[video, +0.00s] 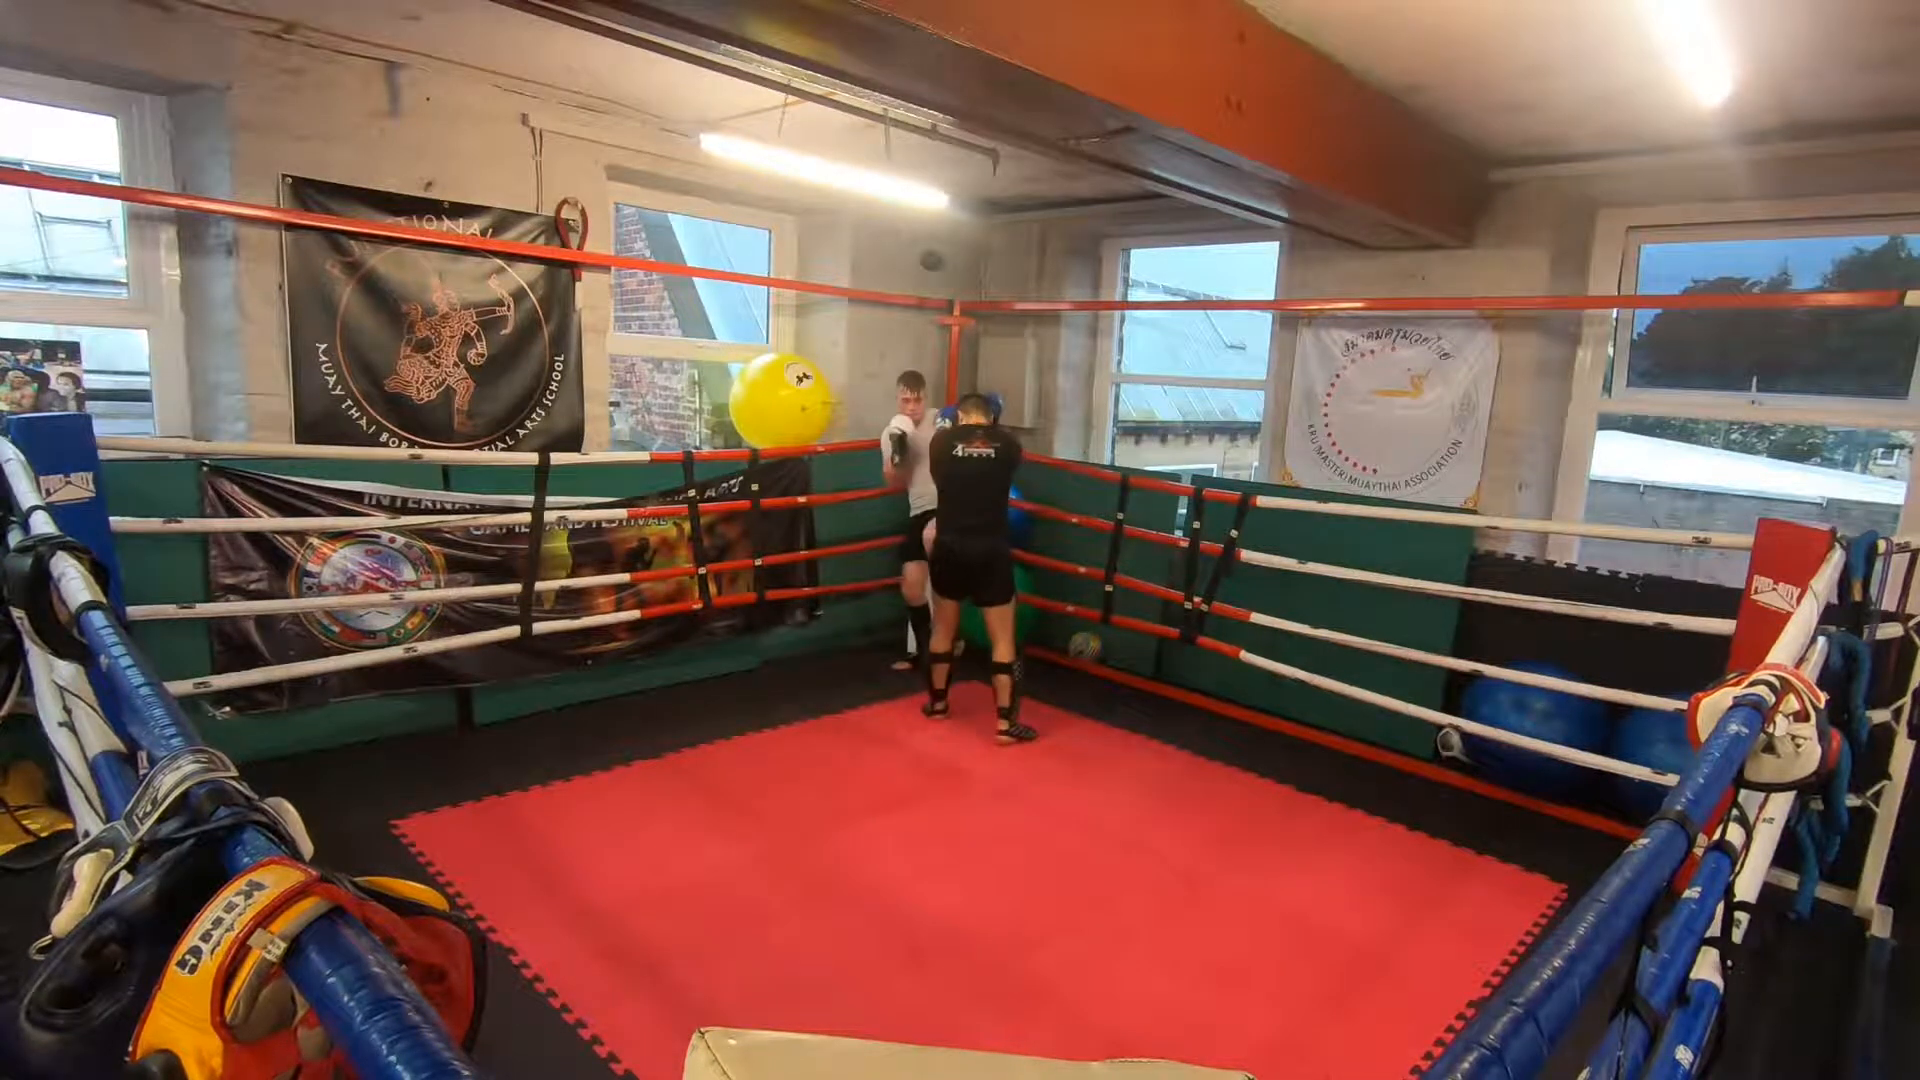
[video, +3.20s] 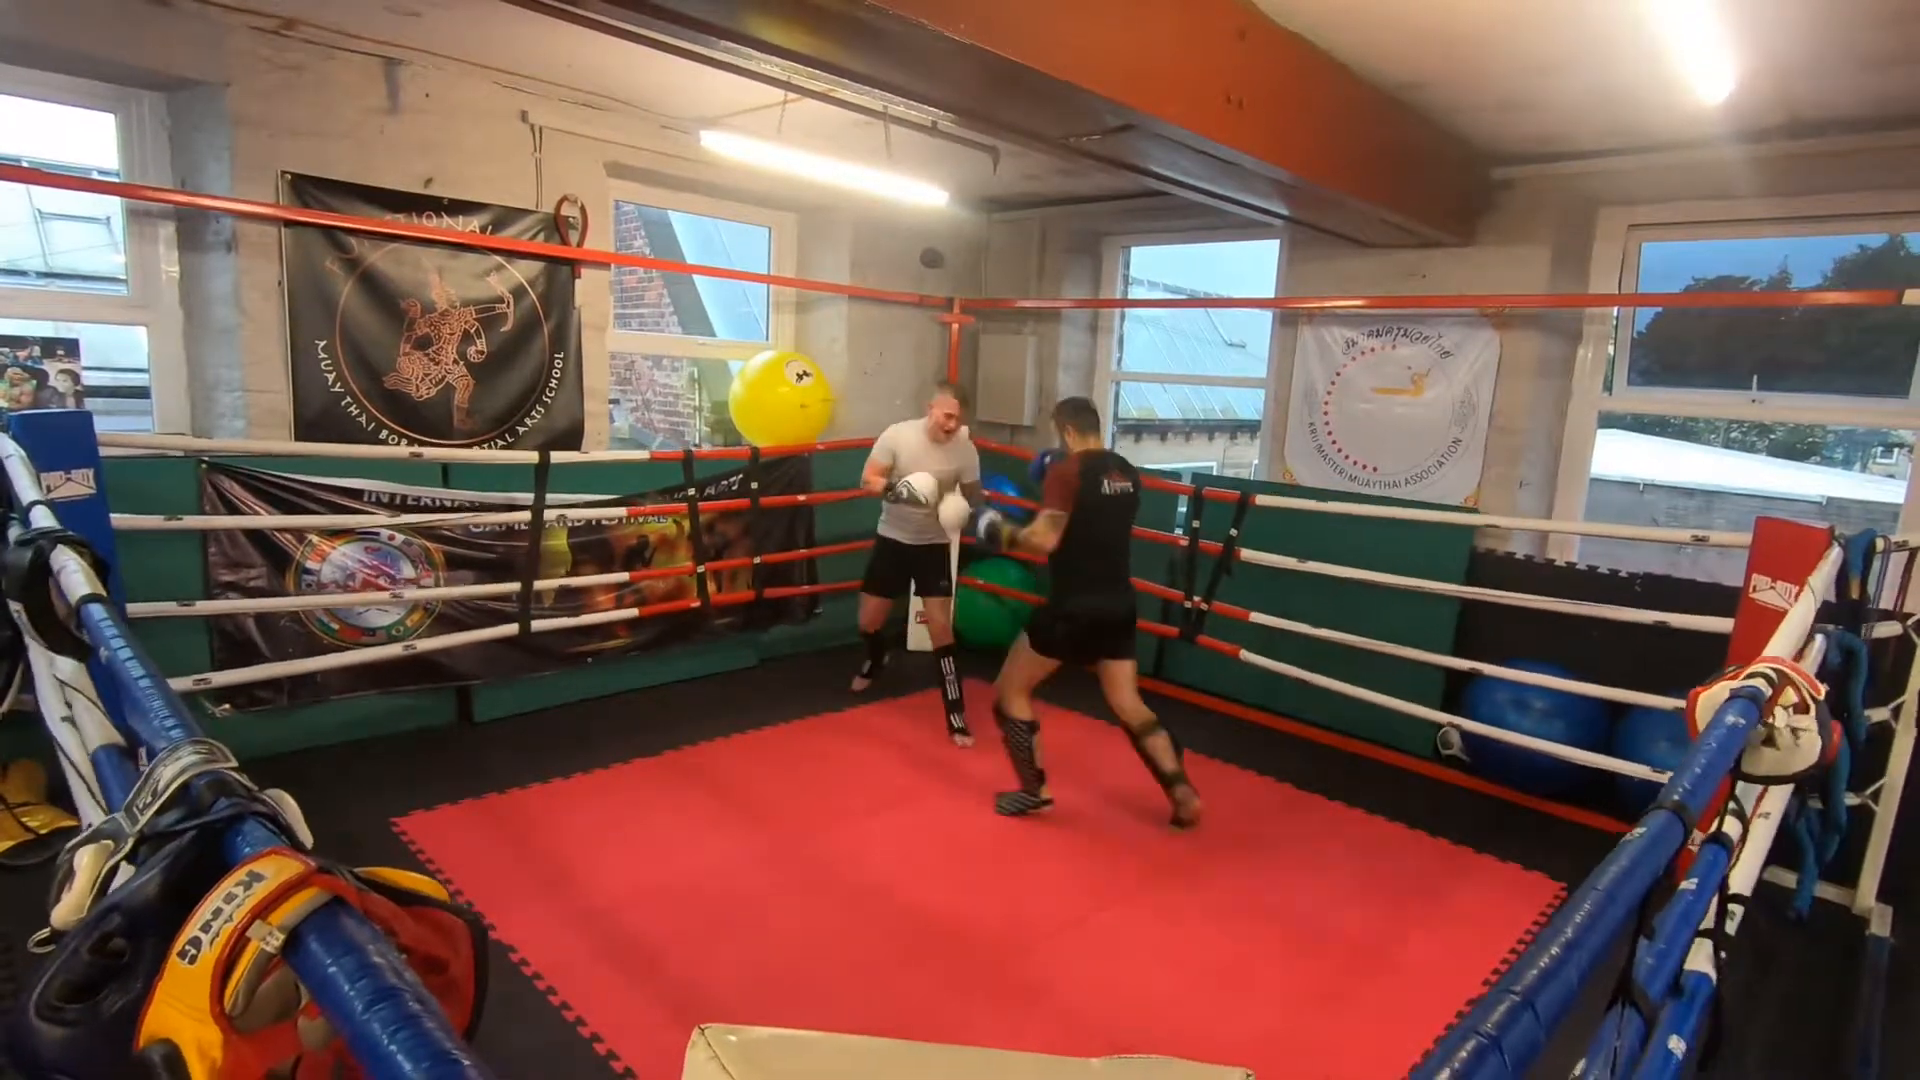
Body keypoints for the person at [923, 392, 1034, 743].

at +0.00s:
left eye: (963, 413)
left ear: (959, 414)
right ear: (993, 416)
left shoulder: (940, 441)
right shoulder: (1007, 443)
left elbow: (938, 477)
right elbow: (1009, 461)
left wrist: (964, 433)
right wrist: (982, 431)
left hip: (950, 548)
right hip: (992, 550)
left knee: (943, 629)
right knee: (1002, 639)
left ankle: (937, 702)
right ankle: (1005, 722)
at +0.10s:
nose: (966, 422)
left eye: (965, 417)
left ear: (965, 417)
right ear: (999, 418)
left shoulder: (949, 443)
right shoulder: (1016, 447)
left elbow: (931, 489)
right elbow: (1003, 487)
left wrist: (946, 457)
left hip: (954, 549)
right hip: (995, 551)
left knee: (944, 626)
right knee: (1002, 638)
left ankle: (938, 701)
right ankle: (1005, 723)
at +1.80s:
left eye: (989, 414)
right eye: (1023, 417)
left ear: (985, 414)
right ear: (1025, 418)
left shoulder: (965, 445)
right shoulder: (1039, 454)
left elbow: (950, 474)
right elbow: (1038, 481)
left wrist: (965, 433)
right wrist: (1027, 433)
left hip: (965, 566)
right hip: (1011, 572)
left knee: (951, 644)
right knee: (1011, 664)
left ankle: (931, 727)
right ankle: (1005, 755)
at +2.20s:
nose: (1058, 436)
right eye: (1058, 432)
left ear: (1015, 424)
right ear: (1054, 432)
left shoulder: (988, 455)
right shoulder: (1062, 468)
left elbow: (987, 447)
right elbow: (1063, 459)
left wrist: (1006, 431)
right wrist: (1044, 438)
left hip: (984, 573)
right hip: (1030, 581)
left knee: (975, 649)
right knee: (1051, 666)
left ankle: (965, 729)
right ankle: (1028, 756)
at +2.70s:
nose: (1071, 423)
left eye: (1071, 417)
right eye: (1080, 419)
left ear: (1073, 417)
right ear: (1109, 420)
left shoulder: (1047, 454)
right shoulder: (1126, 469)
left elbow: (998, 500)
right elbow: (1087, 498)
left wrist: (996, 463)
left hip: (1037, 587)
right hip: (1088, 595)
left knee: (1006, 663)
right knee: (1071, 684)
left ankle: (1009, 759)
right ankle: (1057, 779)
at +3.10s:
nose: (1058, 429)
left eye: (1058, 422)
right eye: (1060, 423)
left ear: (1066, 421)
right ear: (1099, 419)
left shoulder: (1056, 460)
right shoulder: (1129, 464)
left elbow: (1025, 528)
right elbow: (1103, 519)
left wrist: (1003, 511)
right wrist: (1038, 505)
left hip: (1062, 595)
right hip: (1109, 596)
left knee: (1047, 697)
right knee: (1102, 682)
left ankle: (1054, 801)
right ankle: (1118, 780)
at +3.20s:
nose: (1059, 441)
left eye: (1058, 436)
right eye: (1060, 436)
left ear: (1067, 432)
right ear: (1098, 430)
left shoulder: (1066, 470)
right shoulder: (1125, 472)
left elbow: (1042, 540)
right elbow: (1097, 521)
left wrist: (1000, 531)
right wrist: (1056, 478)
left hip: (1070, 607)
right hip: (1118, 607)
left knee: (1011, 688)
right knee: (1126, 700)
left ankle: (1032, 787)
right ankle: (1180, 791)